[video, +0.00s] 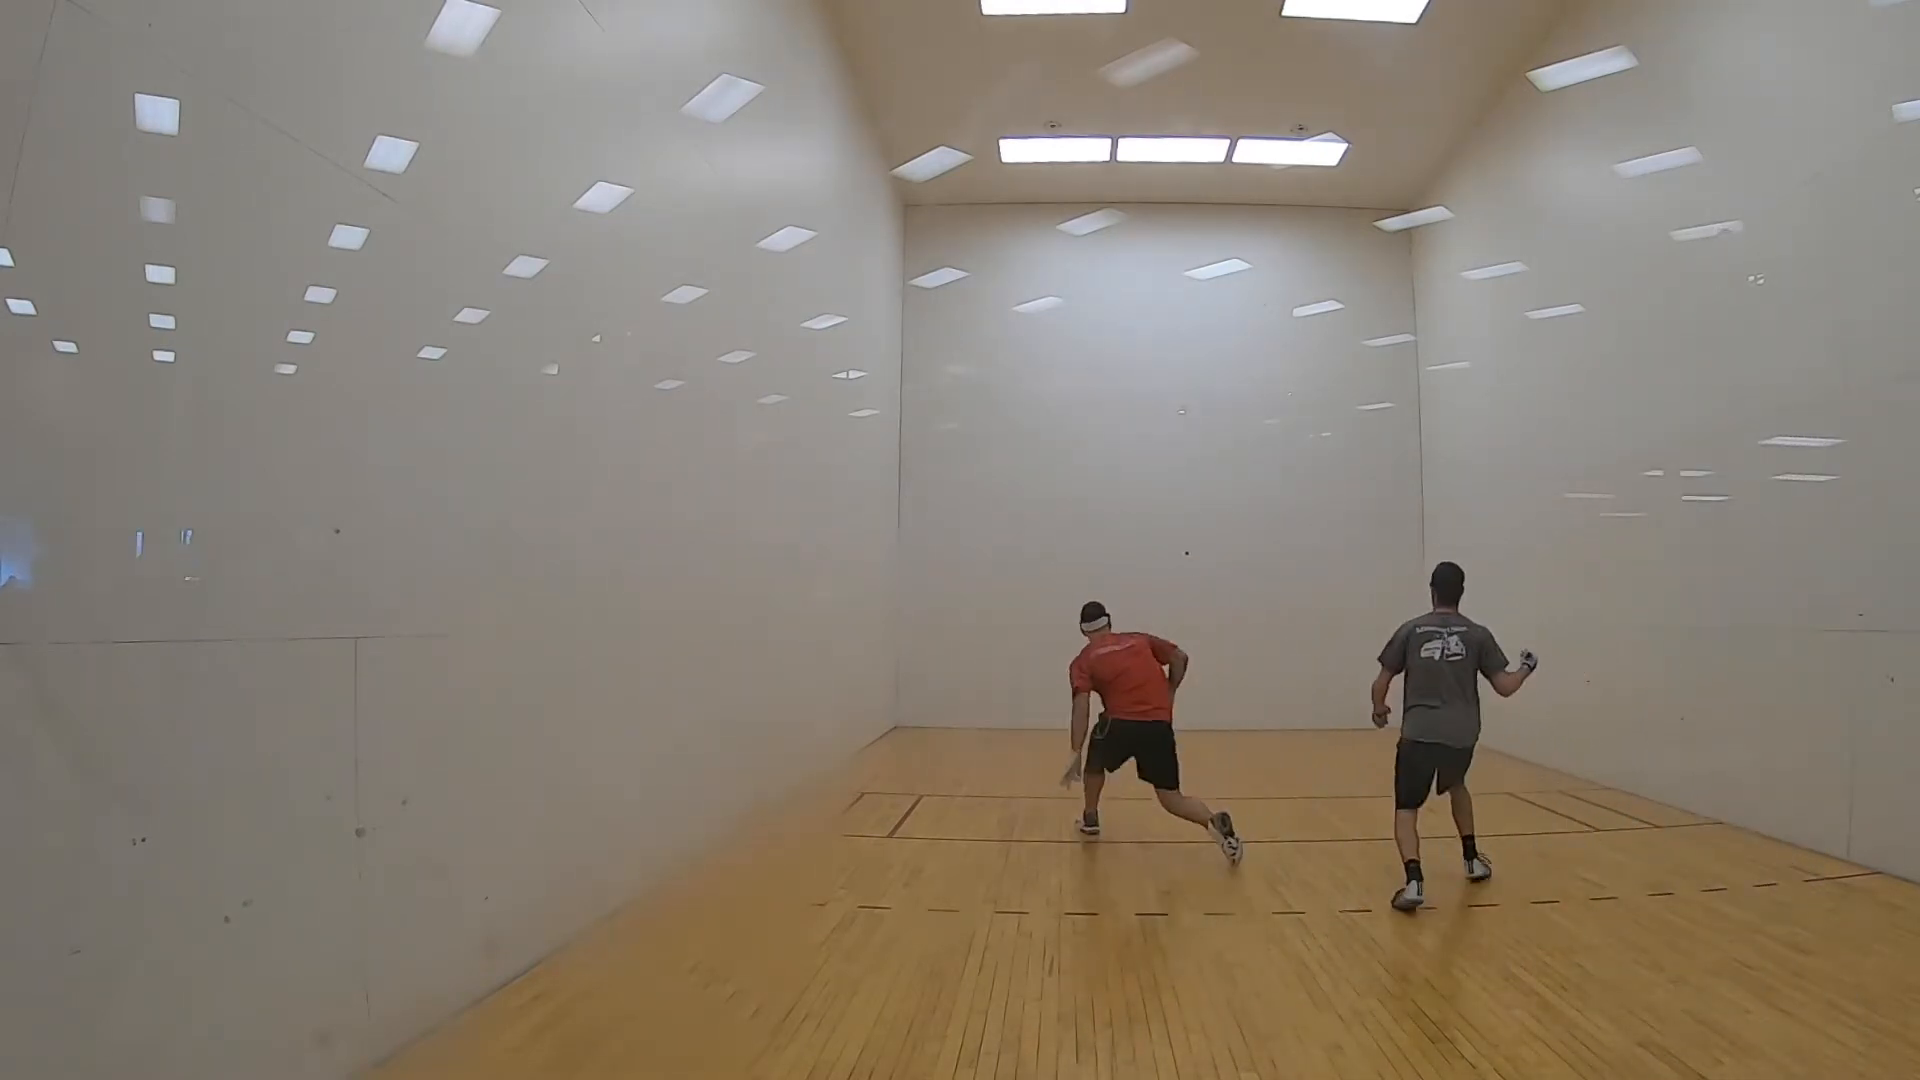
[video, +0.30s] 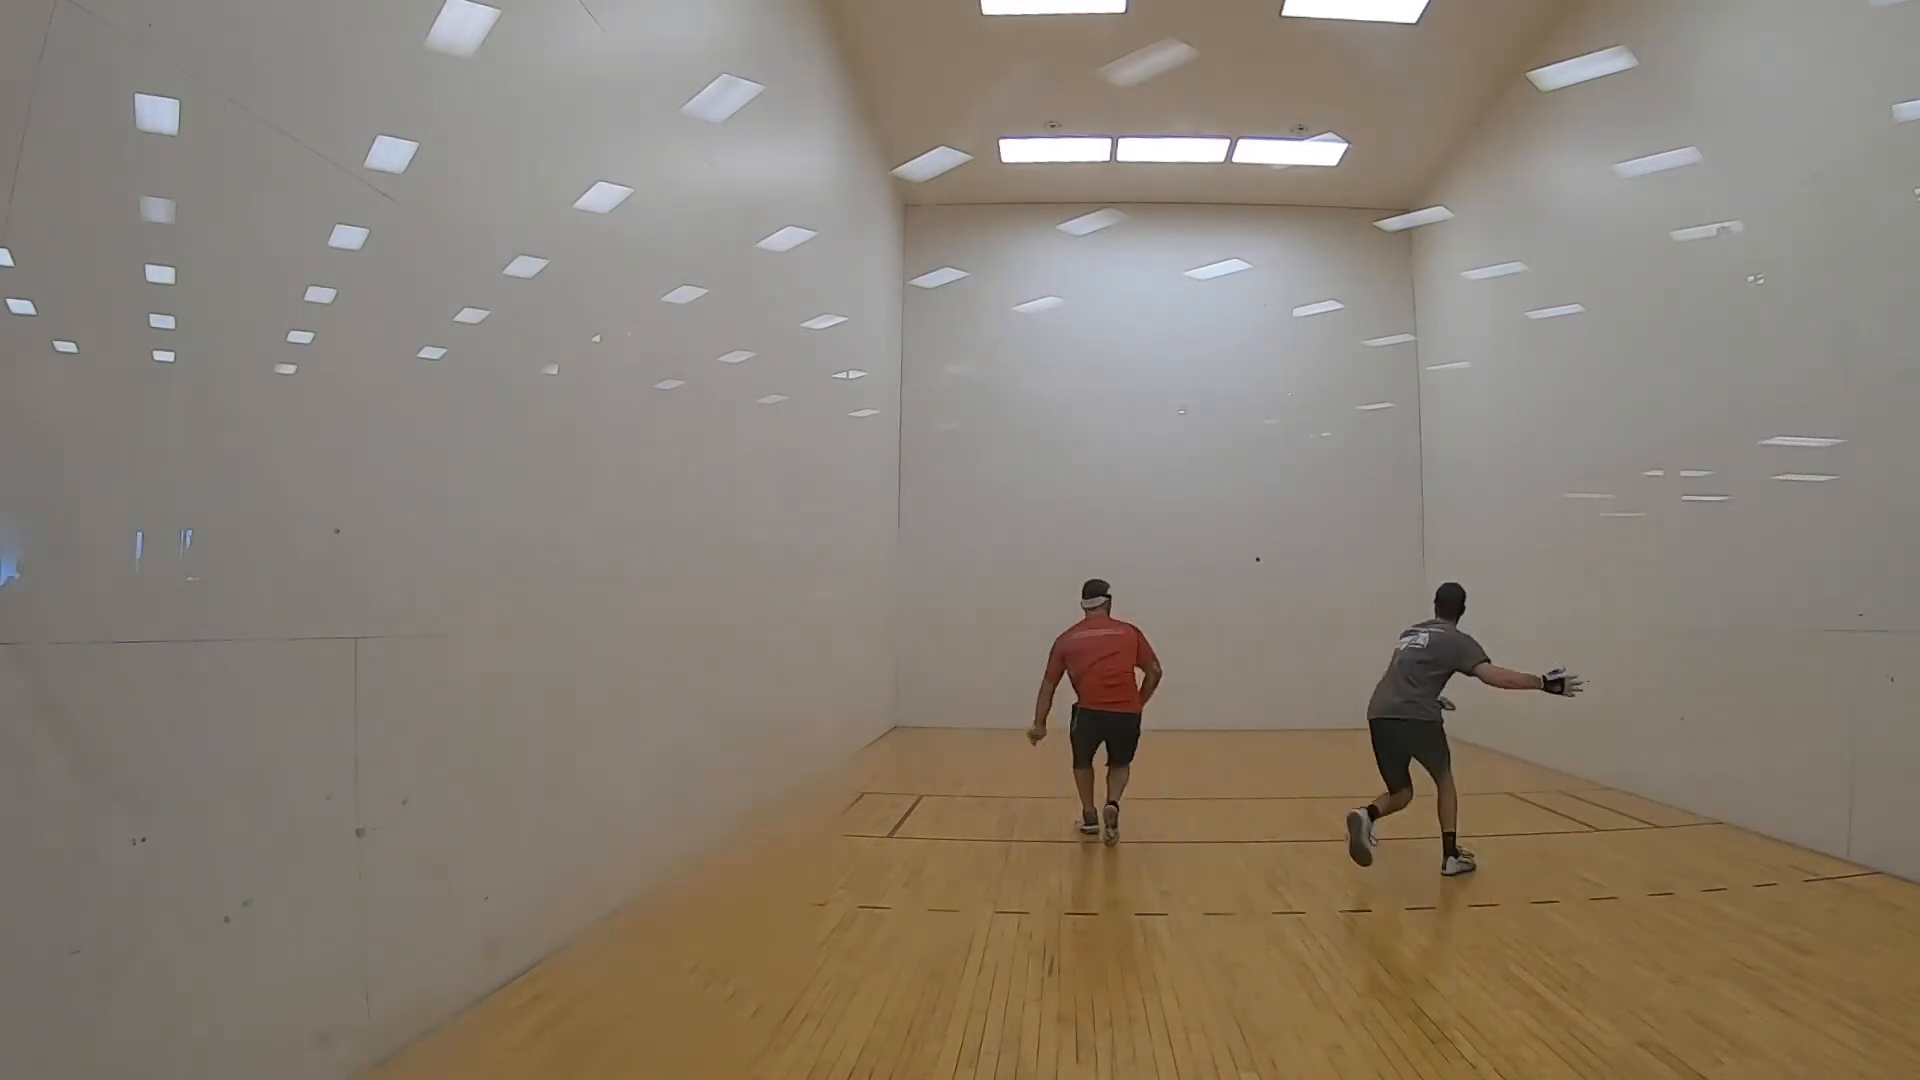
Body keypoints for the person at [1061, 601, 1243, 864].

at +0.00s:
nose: (1089, 633)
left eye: (1086, 630)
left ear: (1083, 631)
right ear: (1109, 623)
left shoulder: (1083, 661)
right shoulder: (1141, 640)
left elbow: (1081, 707)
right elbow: (1179, 658)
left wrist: (1076, 754)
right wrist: (1169, 693)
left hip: (1119, 728)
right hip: (1158, 729)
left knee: (1095, 758)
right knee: (1171, 799)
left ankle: (1090, 817)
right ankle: (1213, 821)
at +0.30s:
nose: (1105, 606)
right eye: (1107, 602)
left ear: (1082, 605)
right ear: (1109, 603)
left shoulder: (1066, 640)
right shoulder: (1130, 633)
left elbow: (1048, 684)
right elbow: (1154, 672)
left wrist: (1039, 723)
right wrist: (1137, 702)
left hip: (1088, 718)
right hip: (1126, 717)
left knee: (1082, 761)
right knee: (1120, 762)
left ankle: (1090, 815)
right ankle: (1112, 803)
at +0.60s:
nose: (1133, 581)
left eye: (1132, 576)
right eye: (1132, 576)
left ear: (1101, 576)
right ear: (1126, 577)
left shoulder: (1072, 611)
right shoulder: (1135, 610)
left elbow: (1054, 657)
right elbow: (1156, 655)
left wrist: (1051, 696)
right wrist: (1160, 691)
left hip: (1083, 703)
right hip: (1123, 704)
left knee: (1074, 763)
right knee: (1147, 759)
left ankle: (1058, 827)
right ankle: (1144, 817)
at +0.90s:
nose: (1167, 552)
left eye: (1156, 546)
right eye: (1174, 546)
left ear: (1148, 547)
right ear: (1180, 548)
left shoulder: (1125, 586)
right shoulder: (1194, 587)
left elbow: (1100, 632)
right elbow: (1224, 627)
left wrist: (1091, 675)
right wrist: (1220, 640)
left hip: (1127, 687)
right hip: (1167, 692)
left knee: (1112, 762)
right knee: (1155, 774)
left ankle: (1091, 830)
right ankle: (1135, 847)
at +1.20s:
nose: (1251, 580)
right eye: (1256, 576)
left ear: (1227, 575)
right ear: (1259, 578)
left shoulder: (1199, 612)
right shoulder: (1263, 617)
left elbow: (1181, 659)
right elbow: (1276, 668)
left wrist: (1193, 704)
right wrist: (1288, 717)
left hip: (1189, 723)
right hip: (1235, 727)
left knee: (1162, 797)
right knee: (1278, 792)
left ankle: (1128, 868)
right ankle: (1267, 868)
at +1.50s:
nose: (1444, 584)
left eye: (1438, 577)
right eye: (1446, 578)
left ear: (1413, 572)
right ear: (1447, 578)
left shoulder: (1382, 607)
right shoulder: (1439, 624)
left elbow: (1359, 662)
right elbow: (1457, 688)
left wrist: (1366, 701)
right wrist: (1474, 713)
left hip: (1355, 715)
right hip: (1376, 726)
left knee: (1406, 779)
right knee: (1360, 815)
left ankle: (1368, 865)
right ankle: (1276, 874)